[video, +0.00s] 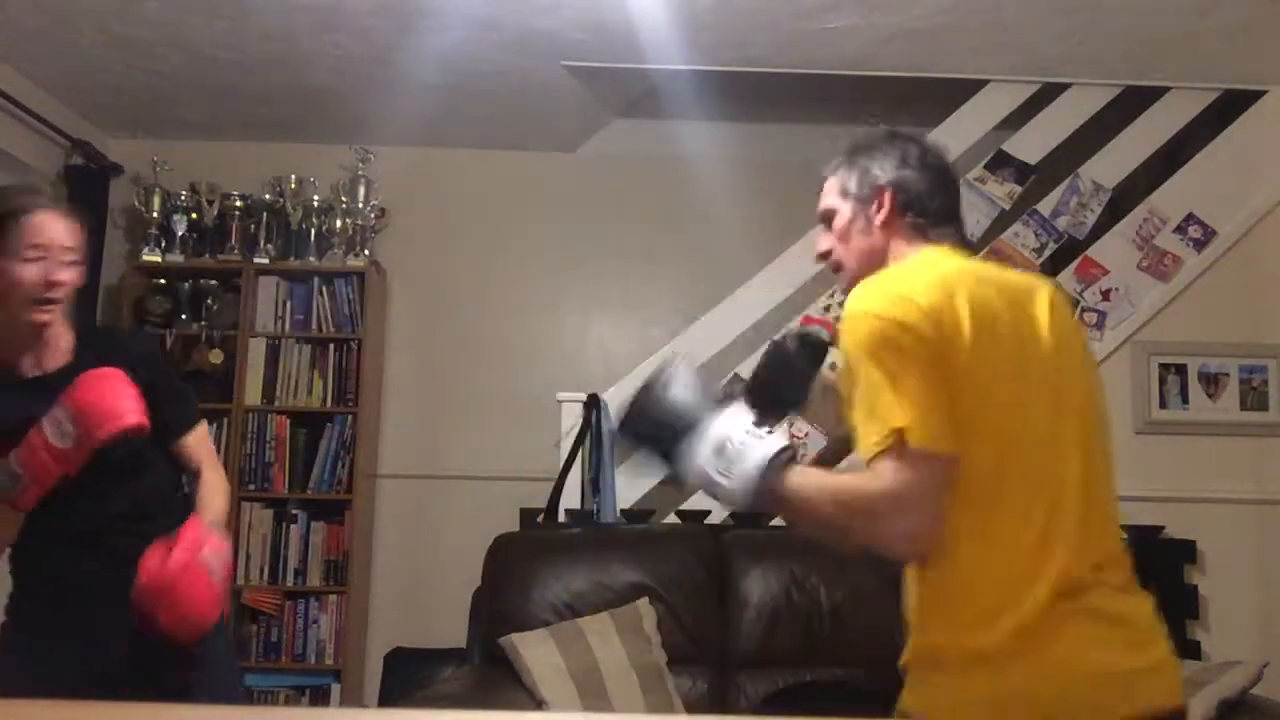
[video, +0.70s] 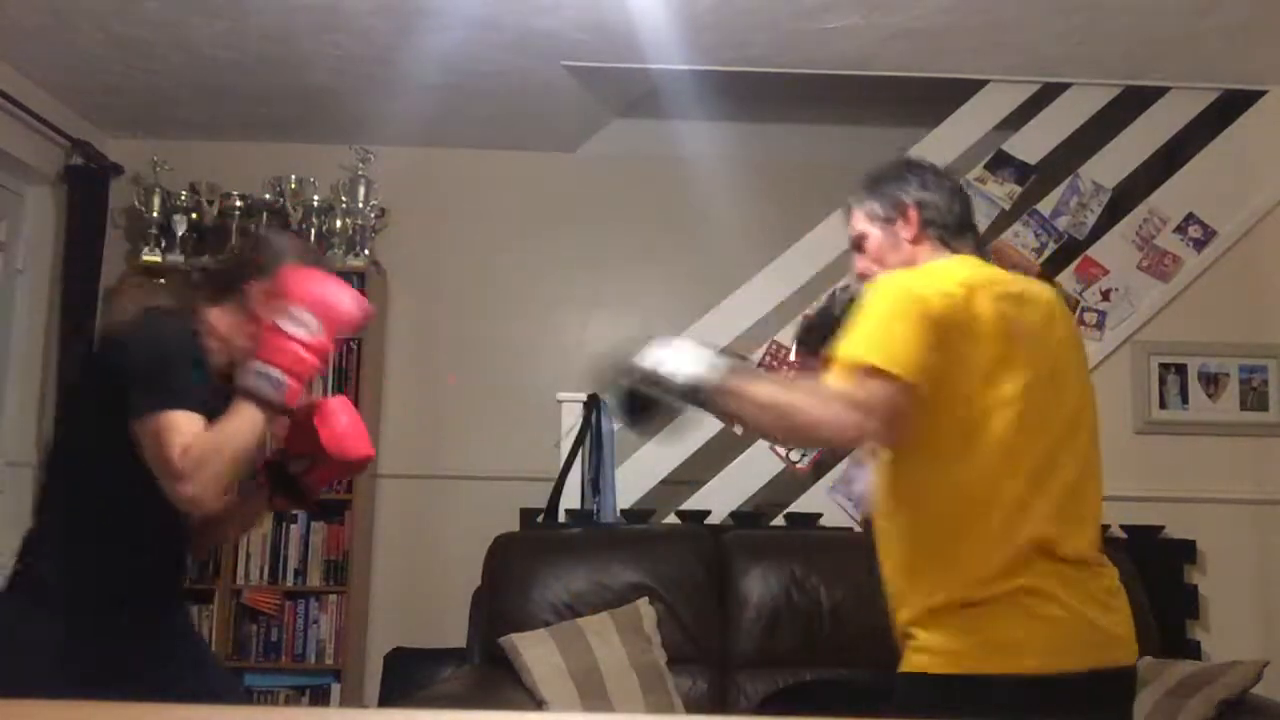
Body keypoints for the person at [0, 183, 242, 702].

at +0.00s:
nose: (54, 276)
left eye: (69, 260)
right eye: (33, 257)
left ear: (84, 270)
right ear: (0, 268)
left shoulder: (129, 359)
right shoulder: (7, 391)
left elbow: (210, 470)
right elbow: (5, 531)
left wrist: (205, 542)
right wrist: (47, 446)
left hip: (170, 616)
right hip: (54, 626)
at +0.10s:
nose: (135, 277)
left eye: (148, 260)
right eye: (115, 254)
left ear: (157, 266)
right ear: (58, 250)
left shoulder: (171, 349)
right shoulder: (15, 353)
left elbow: (215, 444)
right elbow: (6, 510)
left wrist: (236, 475)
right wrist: (83, 420)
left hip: (178, 619)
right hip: (59, 618)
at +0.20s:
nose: (202, 308)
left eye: (216, 294)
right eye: (188, 286)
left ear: (226, 292)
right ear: (133, 269)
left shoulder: (215, 343)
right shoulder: (49, 332)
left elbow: (291, 463)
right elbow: (17, 496)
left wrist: (326, 414)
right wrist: (115, 388)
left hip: (196, 617)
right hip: (79, 614)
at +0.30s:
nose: (230, 329)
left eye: (238, 311)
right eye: (215, 305)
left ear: (242, 300)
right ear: (170, 278)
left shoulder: (238, 342)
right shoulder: (69, 335)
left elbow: (352, 427)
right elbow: (70, 467)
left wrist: (399, 340)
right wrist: (163, 347)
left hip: (198, 623)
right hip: (79, 623)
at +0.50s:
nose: (213, 336)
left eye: (219, 324)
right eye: (205, 318)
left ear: (185, 291)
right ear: (173, 283)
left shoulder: (183, 352)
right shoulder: (60, 340)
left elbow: (277, 465)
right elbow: (182, 439)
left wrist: (348, 395)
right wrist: (234, 305)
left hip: (161, 633)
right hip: (57, 637)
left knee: (221, 709)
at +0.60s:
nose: (246, 335)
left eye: (254, 320)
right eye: (245, 315)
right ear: (213, 288)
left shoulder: (189, 364)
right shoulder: (87, 342)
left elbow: (214, 507)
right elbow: (190, 461)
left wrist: (287, 453)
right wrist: (244, 342)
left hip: (152, 623)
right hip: (55, 628)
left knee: (225, 708)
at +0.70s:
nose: (297, 327)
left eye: (301, 316)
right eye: (291, 309)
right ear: (258, 292)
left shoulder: (209, 381)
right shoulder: (155, 340)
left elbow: (199, 533)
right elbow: (193, 482)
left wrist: (276, 487)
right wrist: (268, 382)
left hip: (143, 618)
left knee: (226, 707)